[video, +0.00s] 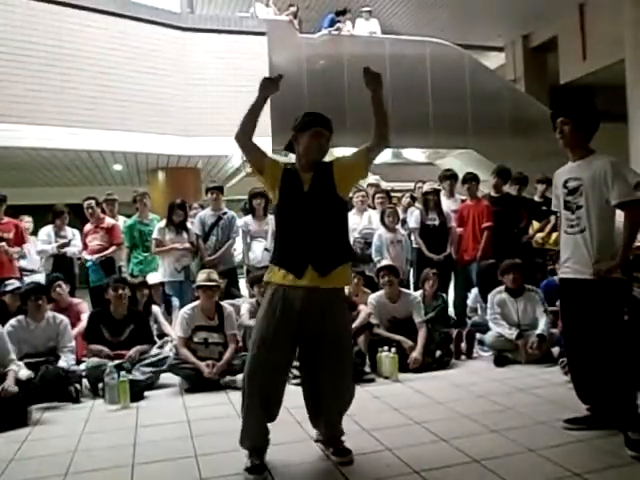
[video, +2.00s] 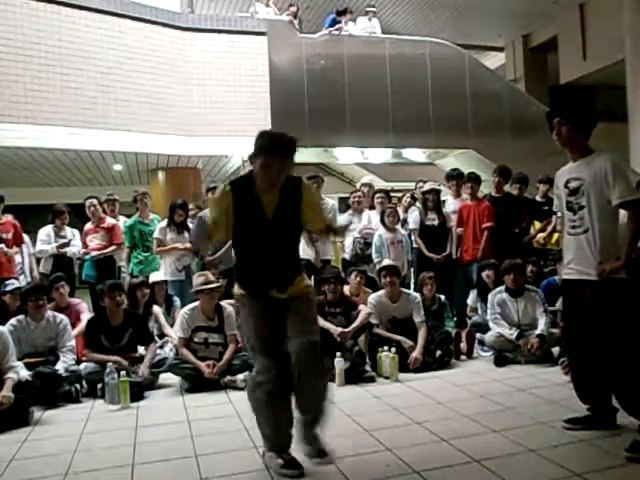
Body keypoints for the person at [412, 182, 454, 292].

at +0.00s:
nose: (433, 198)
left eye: (435, 194)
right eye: (429, 194)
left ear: (438, 197)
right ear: (425, 197)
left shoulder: (445, 214)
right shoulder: (419, 213)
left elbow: (450, 232)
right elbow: (416, 235)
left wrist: (447, 250)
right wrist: (428, 253)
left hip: (442, 255)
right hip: (425, 255)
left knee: (442, 290)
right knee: (423, 288)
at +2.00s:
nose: (432, 197)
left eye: (435, 194)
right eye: (429, 194)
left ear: (438, 197)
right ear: (424, 196)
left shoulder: (444, 214)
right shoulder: (418, 214)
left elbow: (450, 233)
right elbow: (415, 235)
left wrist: (448, 250)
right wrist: (428, 253)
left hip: (443, 257)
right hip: (425, 257)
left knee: (443, 290)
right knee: (424, 289)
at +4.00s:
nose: (436, 200)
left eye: (439, 197)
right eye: (433, 196)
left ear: (443, 200)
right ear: (428, 199)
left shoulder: (449, 217)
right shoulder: (423, 216)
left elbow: (454, 236)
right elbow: (420, 238)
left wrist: (453, 253)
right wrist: (432, 256)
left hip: (448, 259)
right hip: (430, 259)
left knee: (448, 292)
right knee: (428, 291)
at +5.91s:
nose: (432, 204)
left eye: (435, 201)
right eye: (429, 201)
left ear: (439, 202)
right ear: (426, 203)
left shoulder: (446, 217)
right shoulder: (422, 218)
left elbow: (453, 237)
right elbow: (419, 239)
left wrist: (447, 256)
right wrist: (431, 256)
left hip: (446, 260)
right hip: (428, 261)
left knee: (446, 292)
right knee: (427, 291)